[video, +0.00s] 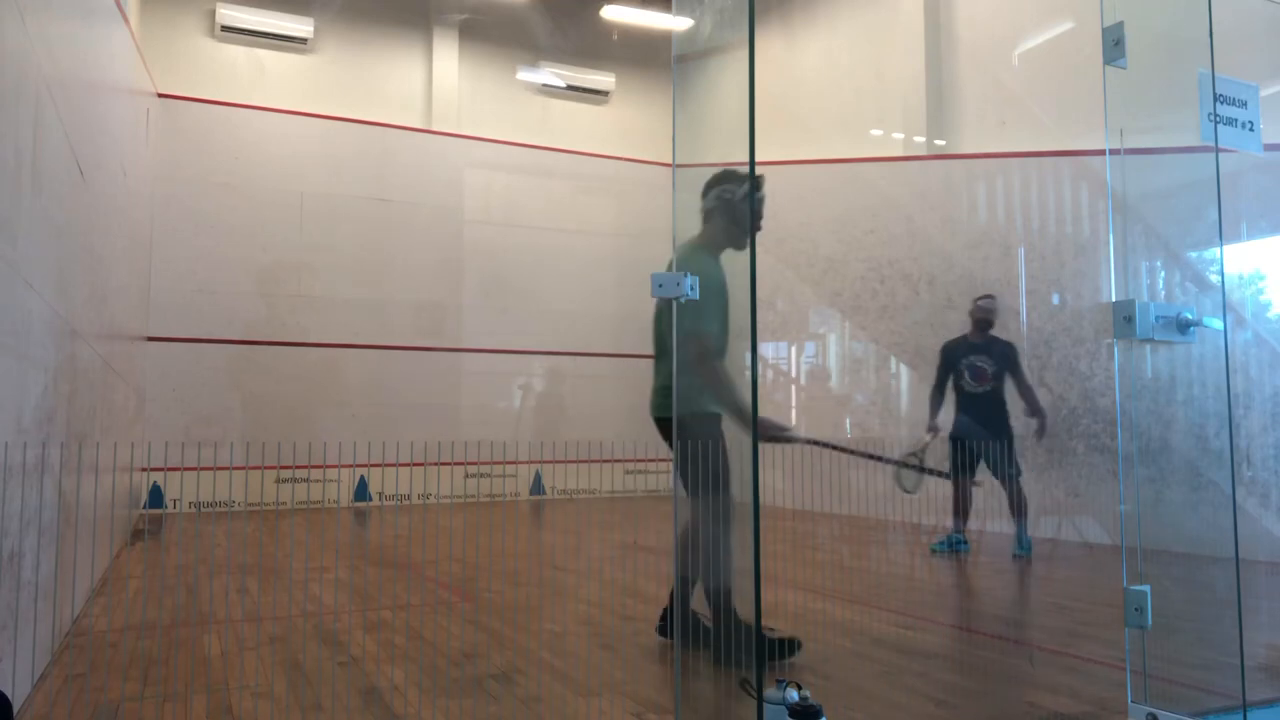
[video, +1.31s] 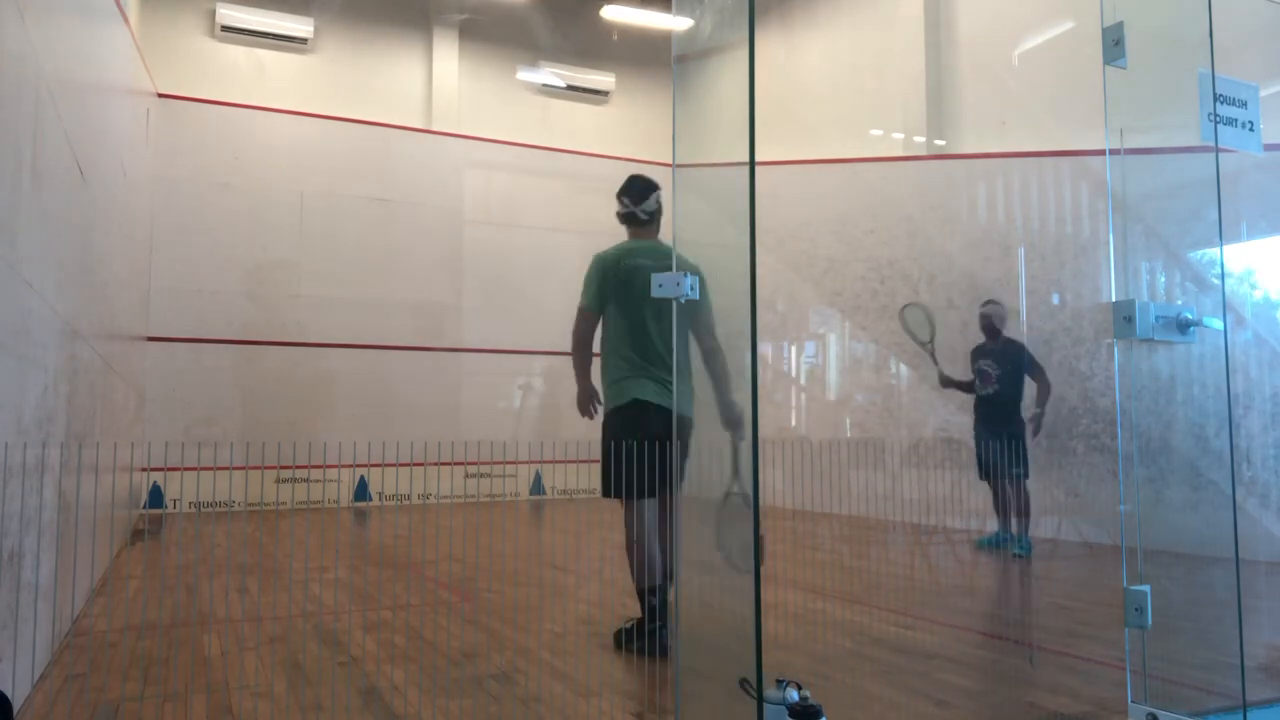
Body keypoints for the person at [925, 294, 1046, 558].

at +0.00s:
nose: (986, 316)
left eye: (991, 312)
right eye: (982, 311)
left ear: (996, 316)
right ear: (971, 313)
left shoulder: (1004, 349)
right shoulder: (952, 349)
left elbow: (1022, 383)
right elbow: (939, 386)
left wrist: (1039, 412)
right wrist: (932, 418)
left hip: (996, 425)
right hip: (964, 423)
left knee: (1011, 483)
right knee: (960, 481)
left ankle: (1022, 538)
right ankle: (958, 535)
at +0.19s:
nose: (1013, 316)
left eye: (1019, 312)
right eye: (1010, 309)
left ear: (1023, 318)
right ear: (1000, 312)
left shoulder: (1027, 353)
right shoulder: (975, 342)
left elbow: (1041, 390)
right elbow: (956, 378)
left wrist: (1052, 423)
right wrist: (949, 411)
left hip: (1009, 423)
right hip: (976, 419)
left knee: (1017, 480)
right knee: (959, 473)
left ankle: (1023, 538)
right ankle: (991, 510)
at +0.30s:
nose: (1022, 318)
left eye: (1029, 315)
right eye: (1019, 311)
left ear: (1034, 321)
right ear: (1011, 312)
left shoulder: (1033, 356)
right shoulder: (983, 341)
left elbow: (1042, 394)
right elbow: (960, 373)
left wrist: (1051, 429)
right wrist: (952, 405)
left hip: (1013, 423)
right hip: (981, 419)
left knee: (1022, 481)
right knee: (968, 479)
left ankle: (1023, 538)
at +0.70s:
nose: (1025, 316)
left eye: (1033, 312)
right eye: (1023, 310)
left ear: (1042, 321)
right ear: (1016, 314)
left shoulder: (1043, 357)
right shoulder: (994, 340)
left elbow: (1040, 394)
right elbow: (968, 369)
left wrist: (1038, 429)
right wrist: (959, 370)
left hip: (1024, 430)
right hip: (991, 425)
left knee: (1023, 483)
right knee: (983, 479)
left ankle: (1023, 539)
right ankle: (1005, 449)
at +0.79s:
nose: (1020, 311)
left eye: (1027, 308)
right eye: (1018, 306)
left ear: (1037, 318)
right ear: (1011, 312)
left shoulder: (1041, 354)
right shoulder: (992, 340)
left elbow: (1045, 393)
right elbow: (966, 367)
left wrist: (1048, 428)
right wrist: (956, 352)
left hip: (1020, 427)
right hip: (989, 421)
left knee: (1023, 482)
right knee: (979, 477)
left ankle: (1023, 538)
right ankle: (1032, 469)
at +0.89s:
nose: (1017, 311)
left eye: (1023, 307)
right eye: (1014, 306)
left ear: (1033, 314)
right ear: (1007, 310)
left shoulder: (1039, 352)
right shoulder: (991, 341)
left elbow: (1050, 393)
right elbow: (965, 367)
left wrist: (1058, 430)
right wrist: (953, 348)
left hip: (1019, 425)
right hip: (988, 421)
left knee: (1022, 481)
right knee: (981, 476)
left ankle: (1023, 539)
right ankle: (1026, 497)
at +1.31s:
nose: (986, 323)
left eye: (991, 318)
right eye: (983, 318)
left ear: (1001, 321)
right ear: (978, 321)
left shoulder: (1015, 350)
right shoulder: (978, 352)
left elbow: (1043, 383)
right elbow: (979, 387)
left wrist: (1039, 412)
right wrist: (952, 383)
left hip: (1010, 423)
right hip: (985, 424)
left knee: (1015, 481)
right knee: (994, 481)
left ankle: (1022, 538)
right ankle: (1004, 532)